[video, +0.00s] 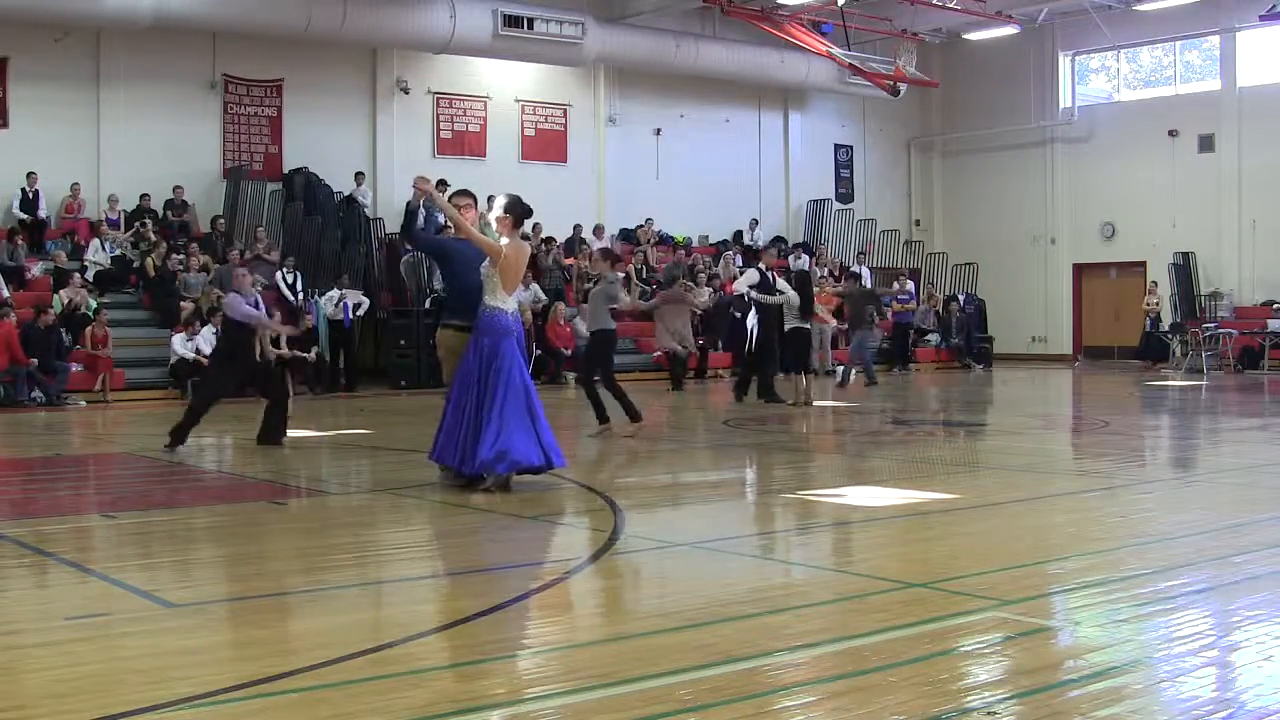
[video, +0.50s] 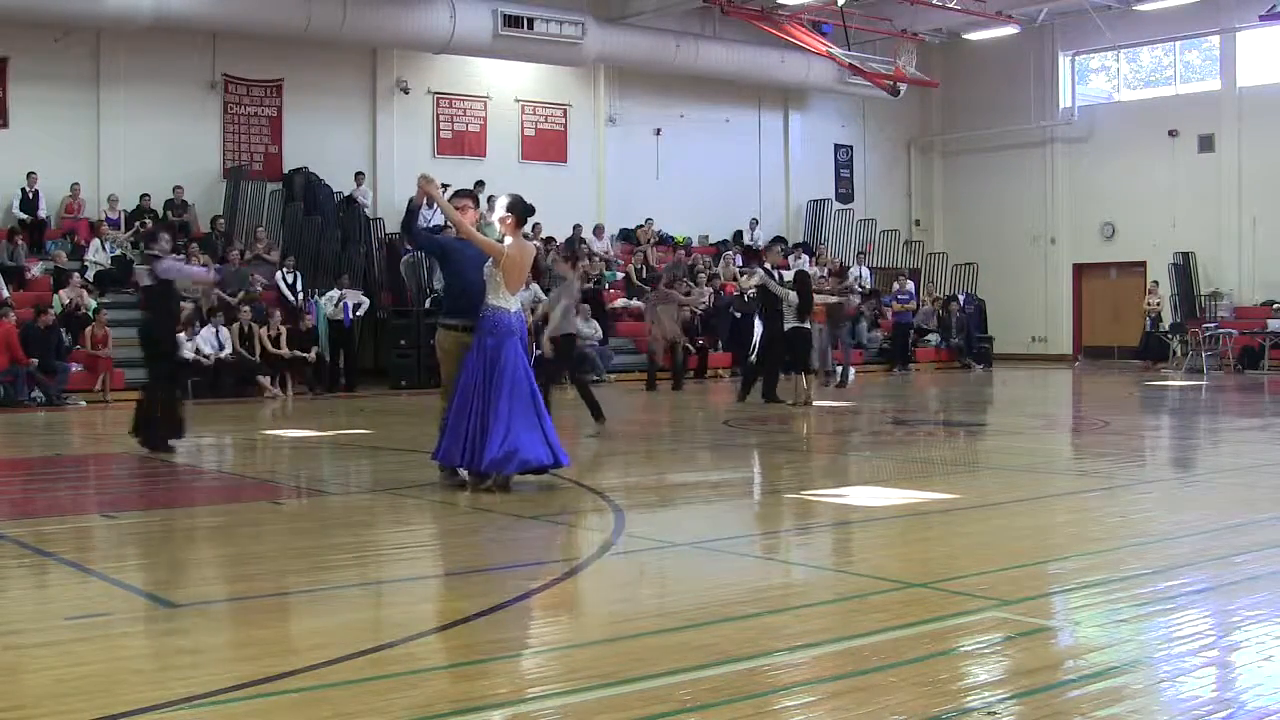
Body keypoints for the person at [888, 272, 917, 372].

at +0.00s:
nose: (902, 282)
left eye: (904, 280)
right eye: (900, 280)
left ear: (906, 281)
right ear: (898, 282)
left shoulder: (910, 294)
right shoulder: (895, 294)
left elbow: (914, 306)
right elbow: (895, 307)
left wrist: (901, 306)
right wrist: (908, 306)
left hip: (907, 322)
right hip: (897, 321)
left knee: (905, 344)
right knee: (896, 343)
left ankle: (905, 363)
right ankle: (896, 364)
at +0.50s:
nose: (902, 282)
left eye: (904, 280)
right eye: (900, 280)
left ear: (906, 281)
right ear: (897, 282)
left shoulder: (910, 294)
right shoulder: (894, 294)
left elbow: (913, 306)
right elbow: (895, 308)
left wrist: (900, 306)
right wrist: (908, 306)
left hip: (907, 322)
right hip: (897, 322)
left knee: (906, 344)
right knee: (896, 343)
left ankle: (905, 363)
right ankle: (896, 364)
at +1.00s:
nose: (901, 282)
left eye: (902, 280)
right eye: (899, 280)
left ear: (906, 281)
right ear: (897, 282)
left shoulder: (910, 294)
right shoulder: (894, 294)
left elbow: (913, 306)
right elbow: (894, 308)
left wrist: (900, 306)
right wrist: (907, 306)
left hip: (908, 321)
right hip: (897, 321)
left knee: (906, 344)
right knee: (896, 343)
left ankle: (906, 364)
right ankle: (896, 364)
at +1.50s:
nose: (901, 282)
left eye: (903, 280)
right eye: (899, 280)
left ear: (906, 281)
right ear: (897, 282)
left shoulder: (910, 294)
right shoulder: (894, 294)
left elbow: (912, 305)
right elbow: (894, 307)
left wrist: (900, 305)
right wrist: (908, 306)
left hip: (907, 322)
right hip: (896, 322)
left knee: (906, 344)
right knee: (895, 344)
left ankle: (905, 364)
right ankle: (894, 364)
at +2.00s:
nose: (902, 282)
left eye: (904, 280)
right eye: (900, 280)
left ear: (907, 281)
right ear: (898, 281)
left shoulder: (912, 293)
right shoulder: (894, 293)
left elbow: (914, 305)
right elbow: (896, 307)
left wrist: (901, 305)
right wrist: (909, 306)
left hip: (908, 321)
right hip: (897, 321)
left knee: (906, 344)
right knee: (895, 343)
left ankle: (905, 363)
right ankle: (895, 364)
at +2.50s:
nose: (905, 283)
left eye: (906, 280)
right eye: (903, 281)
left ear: (909, 282)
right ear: (900, 282)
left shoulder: (912, 294)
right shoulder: (896, 294)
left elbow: (916, 306)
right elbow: (897, 307)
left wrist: (903, 305)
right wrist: (910, 307)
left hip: (908, 321)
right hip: (897, 322)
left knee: (906, 343)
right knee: (896, 342)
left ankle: (905, 363)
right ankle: (895, 364)